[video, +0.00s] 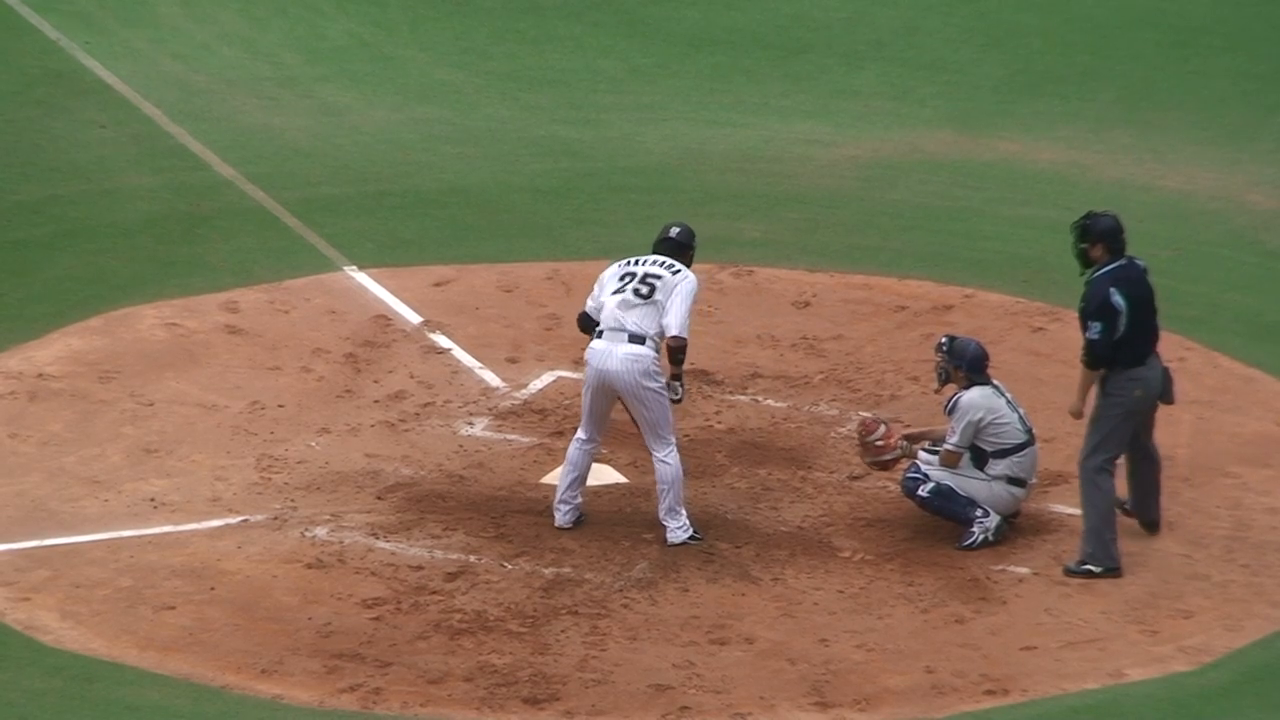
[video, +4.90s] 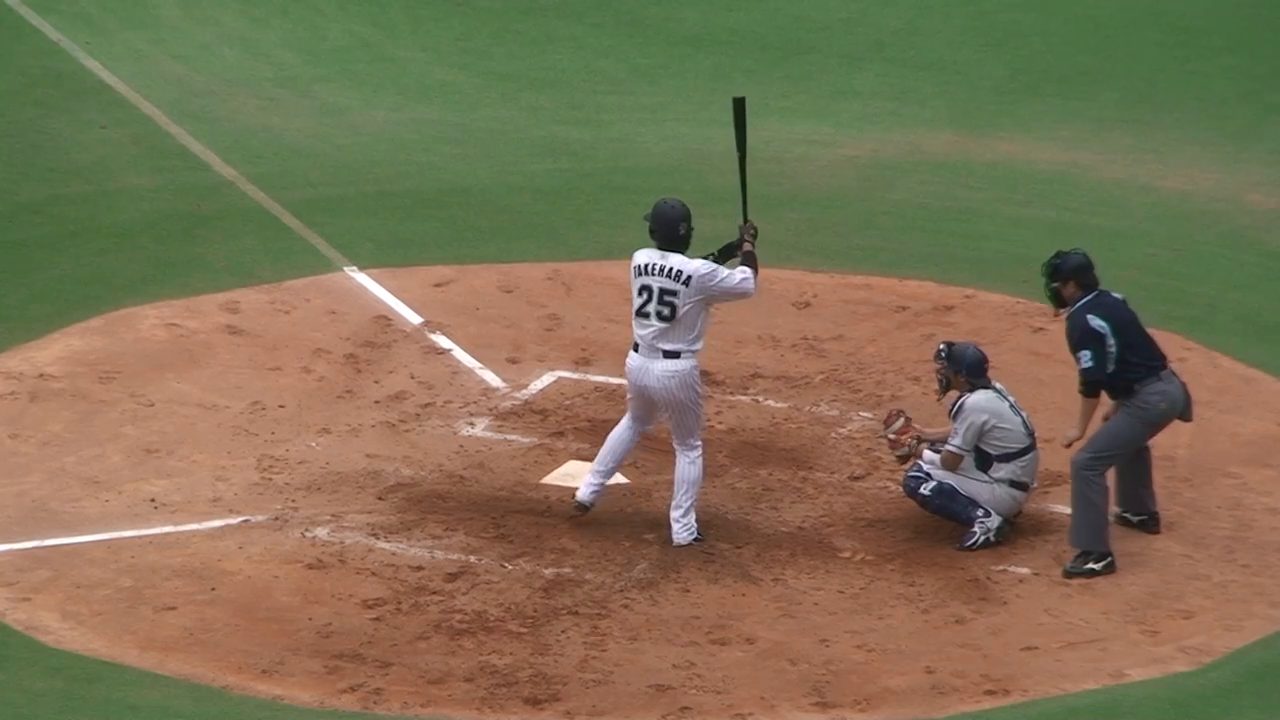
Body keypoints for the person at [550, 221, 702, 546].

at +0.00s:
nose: (691, 259)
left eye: (690, 254)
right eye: (691, 253)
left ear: (656, 246)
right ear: (687, 253)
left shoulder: (620, 265)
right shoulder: (684, 277)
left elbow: (586, 320)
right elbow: (675, 341)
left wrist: (615, 343)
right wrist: (676, 377)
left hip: (598, 351)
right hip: (639, 357)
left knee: (586, 436)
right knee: (663, 448)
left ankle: (564, 512)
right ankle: (677, 527)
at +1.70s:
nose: (716, 242)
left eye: (718, 236)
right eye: (716, 237)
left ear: (683, 228)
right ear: (710, 237)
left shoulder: (646, 250)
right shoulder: (705, 273)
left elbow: (631, 302)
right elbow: (699, 337)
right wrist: (704, 372)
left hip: (623, 347)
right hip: (662, 358)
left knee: (601, 427)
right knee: (676, 443)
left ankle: (569, 501)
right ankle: (684, 528)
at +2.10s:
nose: (681, 227)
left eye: (677, 221)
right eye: (680, 222)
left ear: (647, 220)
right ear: (676, 227)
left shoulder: (625, 248)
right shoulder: (670, 268)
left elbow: (658, 299)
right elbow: (667, 325)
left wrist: (702, 313)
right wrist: (707, 325)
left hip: (609, 351)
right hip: (647, 359)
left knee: (595, 432)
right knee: (668, 441)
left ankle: (566, 510)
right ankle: (682, 527)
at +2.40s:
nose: (648, 221)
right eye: (647, 216)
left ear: (612, 219)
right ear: (646, 221)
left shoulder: (597, 248)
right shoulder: (652, 267)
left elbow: (633, 275)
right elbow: (670, 315)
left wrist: (675, 273)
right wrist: (689, 284)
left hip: (605, 354)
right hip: (645, 359)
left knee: (593, 431)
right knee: (666, 441)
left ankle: (566, 508)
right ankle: (681, 525)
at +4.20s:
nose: (639, 229)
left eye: (640, 225)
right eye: (678, 225)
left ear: (644, 231)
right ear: (677, 231)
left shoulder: (626, 264)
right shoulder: (687, 274)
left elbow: (665, 288)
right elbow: (717, 312)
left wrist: (703, 273)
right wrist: (716, 278)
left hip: (627, 366)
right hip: (668, 371)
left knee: (612, 435)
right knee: (687, 447)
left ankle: (571, 508)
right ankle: (682, 528)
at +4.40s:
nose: (689, 231)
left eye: (655, 225)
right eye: (688, 226)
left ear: (654, 230)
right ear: (688, 232)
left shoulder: (638, 263)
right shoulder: (703, 273)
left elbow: (680, 281)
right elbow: (738, 297)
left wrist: (720, 265)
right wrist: (737, 270)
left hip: (639, 365)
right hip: (680, 372)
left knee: (643, 422)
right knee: (690, 447)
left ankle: (605, 493)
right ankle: (683, 527)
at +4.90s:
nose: (689, 230)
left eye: (652, 225)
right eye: (687, 226)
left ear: (652, 230)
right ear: (685, 232)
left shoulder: (639, 260)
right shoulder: (699, 273)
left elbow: (688, 269)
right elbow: (746, 281)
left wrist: (734, 247)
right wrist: (747, 245)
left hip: (637, 365)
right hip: (677, 372)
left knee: (634, 421)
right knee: (688, 447)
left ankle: (588, 490)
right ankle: (683, 528)